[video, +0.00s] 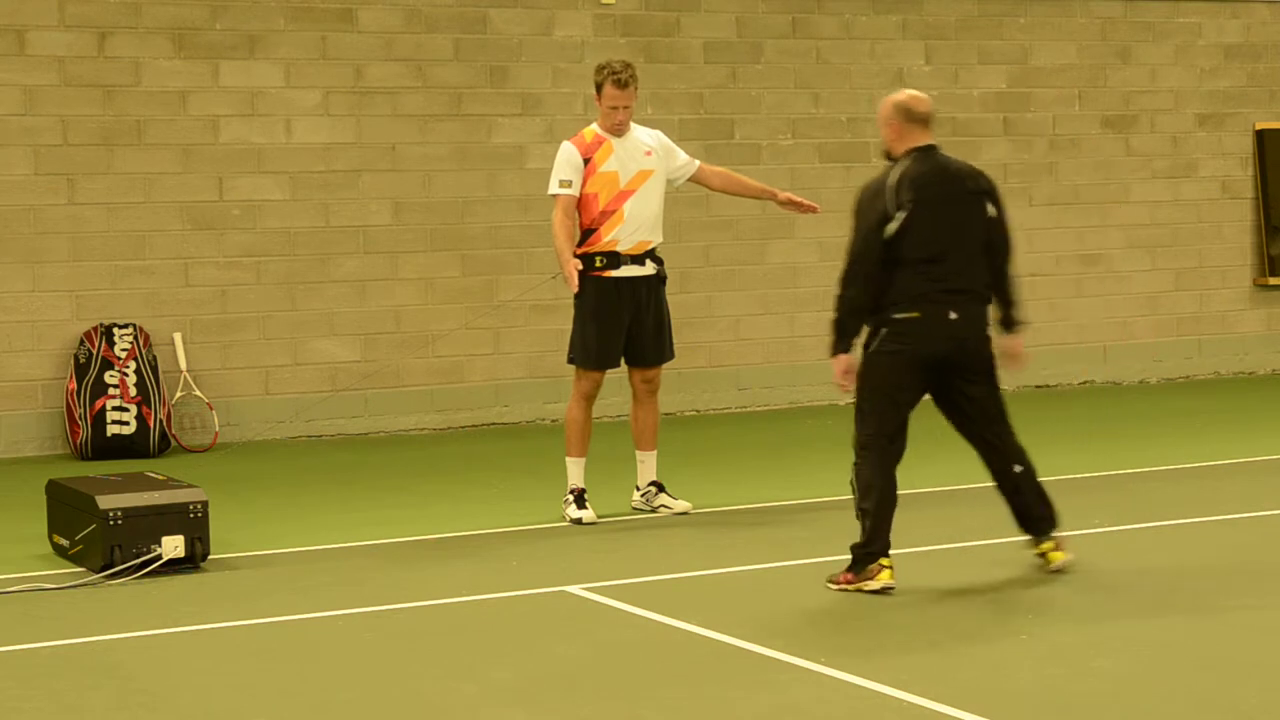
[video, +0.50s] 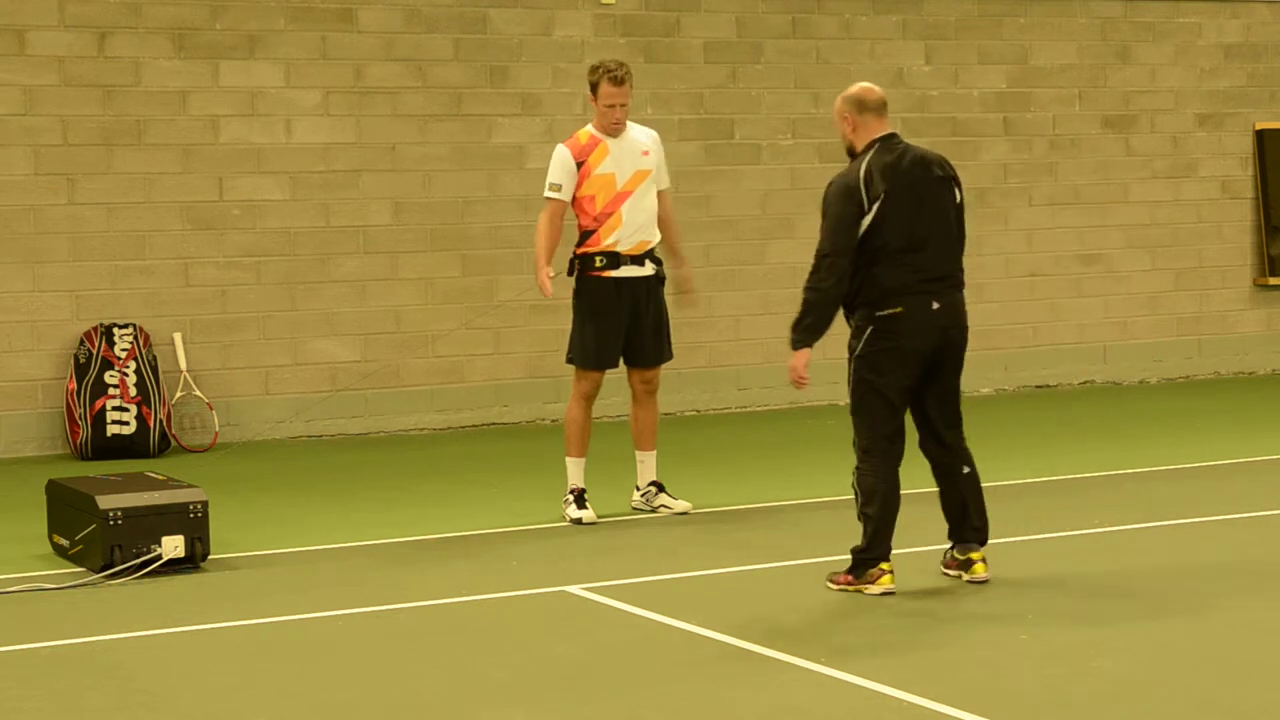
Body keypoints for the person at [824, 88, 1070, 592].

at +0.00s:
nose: (882, 136)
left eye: (883, 127)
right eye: (883, 126)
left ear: (894, 128)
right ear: (928, 125)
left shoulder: (883, 190)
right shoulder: (977, 182)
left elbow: (862, 271)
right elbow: (998, 256)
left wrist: (843, 344)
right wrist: (1009, 321)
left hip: (900, 337)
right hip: (966, 335)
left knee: (875, 447)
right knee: (996, 437)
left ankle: (871, 561)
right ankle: (1046, 537)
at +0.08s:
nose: (860, 135)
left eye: (861, 126)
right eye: (861, 125)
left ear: (872, 126)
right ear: (906, 121)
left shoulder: (867, 185)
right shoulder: (960, 174)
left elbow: (847, 268)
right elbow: (981, 252)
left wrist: (823, 343)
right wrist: (965, 308)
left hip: (894, 332)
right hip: (956, 326)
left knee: (871, 445)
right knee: (977, 434)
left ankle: (871, 559)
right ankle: (1020, 540)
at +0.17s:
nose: (845, 135)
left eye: (845, 127)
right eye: (845, 126)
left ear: (854, 125)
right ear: (891, 118)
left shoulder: (854, 185)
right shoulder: (944, 167)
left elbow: (835, 266)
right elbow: (970, 244)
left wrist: (807, 342)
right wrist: (942, 285)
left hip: (888, 326)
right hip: (951, 317)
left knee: (870, 442)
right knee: (963, 430)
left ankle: (871, 560)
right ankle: (1004, 542)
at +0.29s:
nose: (832, 136)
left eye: (831, 127)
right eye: (833, 127)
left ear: (841, 125)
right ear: (877, 118)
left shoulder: (845, 186)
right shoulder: (935, 166)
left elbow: (824, 266)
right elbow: (957, 240)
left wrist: (792, 340)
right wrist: (922, 284)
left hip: (883, 325)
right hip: (946, 317)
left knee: (869, 443)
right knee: (953, 431)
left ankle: (871, 561)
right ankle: (986, 544)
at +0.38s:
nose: (830, 135)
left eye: (829, 126)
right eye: (830, 126)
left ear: (840, 124)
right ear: (876, 117)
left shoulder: (844, 185)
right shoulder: (934, 165)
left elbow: (824, 266)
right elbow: (951, 241)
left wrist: (791, 339)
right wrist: (921, 290)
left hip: (883, 325)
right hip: (946, 316)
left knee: (871, 445)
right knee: (945, 432)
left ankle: (871, 562)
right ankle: (972, 548)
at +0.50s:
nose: (838, 133)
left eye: (838, 124)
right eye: (838, 124)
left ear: (849, 121)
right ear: (886, 116)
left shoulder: (850, 184)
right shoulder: (939, 167)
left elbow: (832, 267)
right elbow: (953, 246)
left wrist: (803, 339)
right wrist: (931, 301)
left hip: (886, 329)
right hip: (947, 321)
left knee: (877, 449)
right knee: (946, 437)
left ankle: (872, 564)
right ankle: (970, 550)